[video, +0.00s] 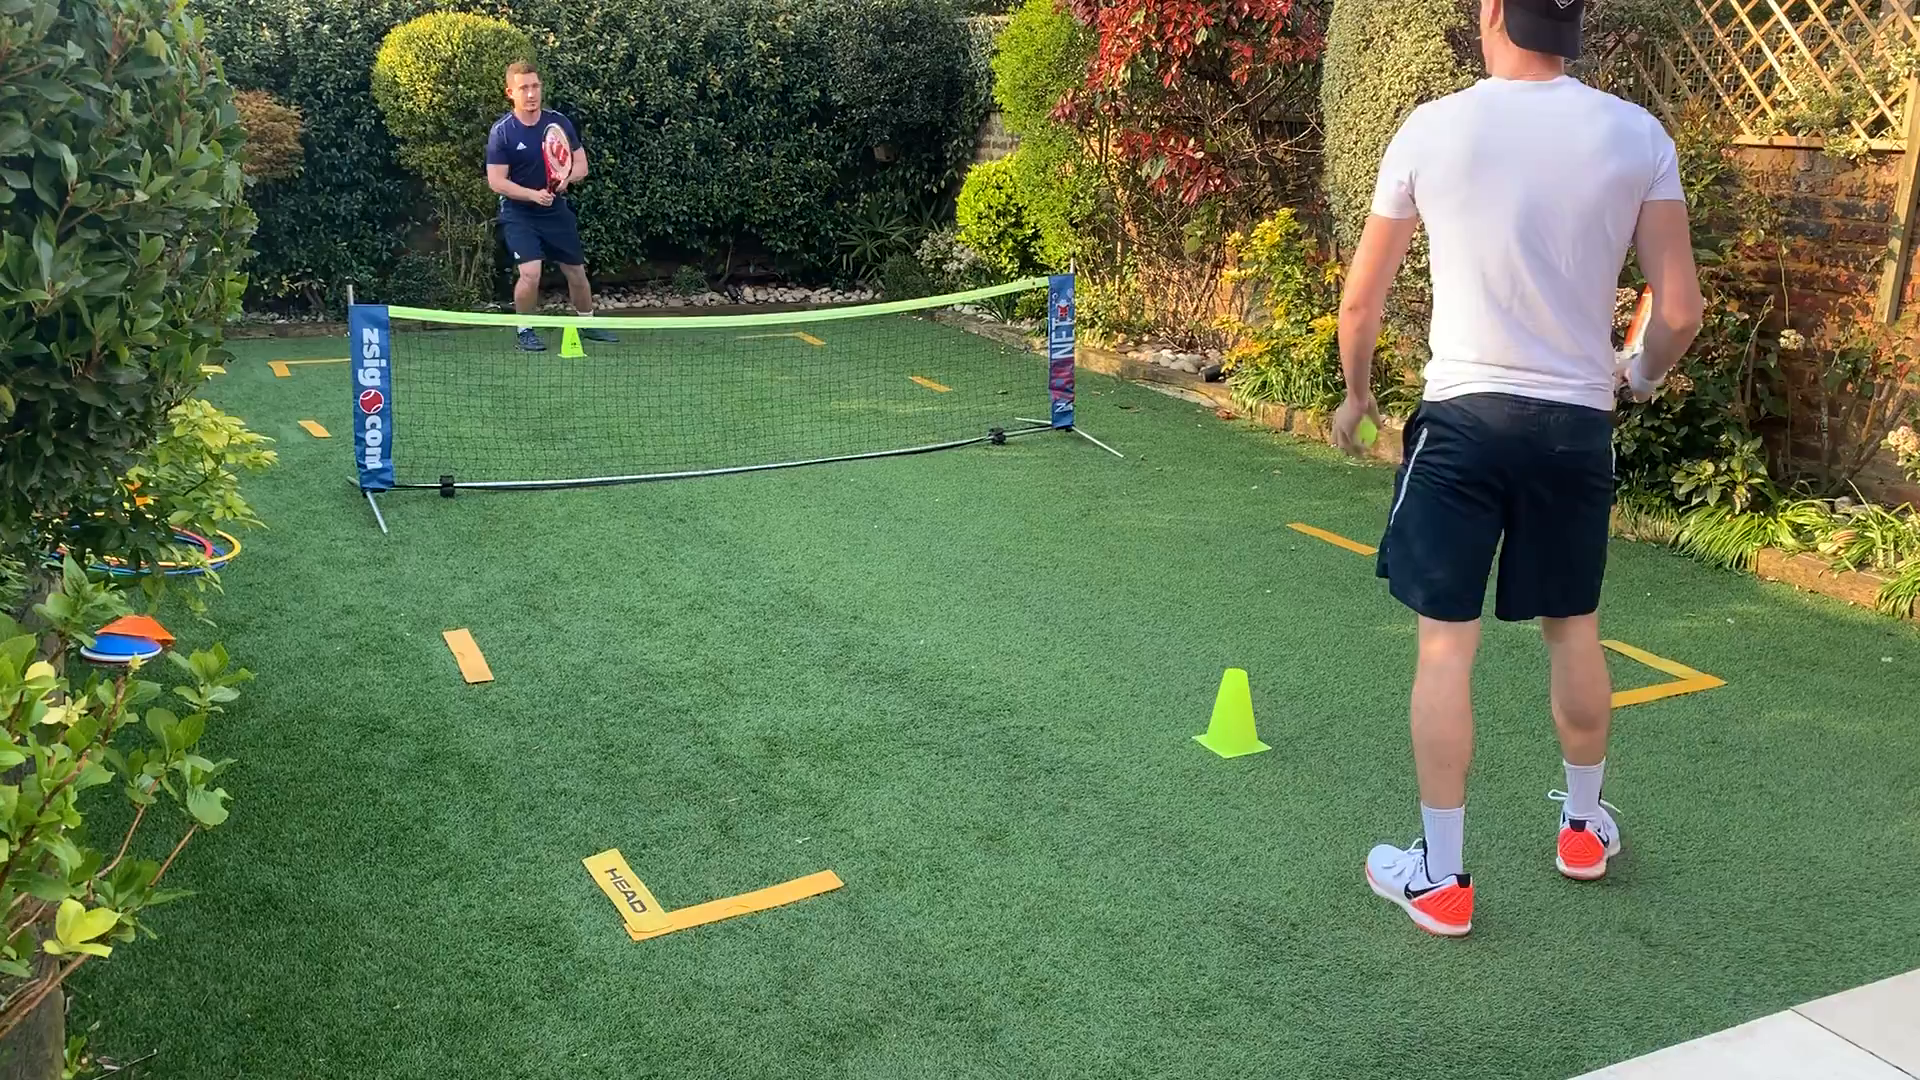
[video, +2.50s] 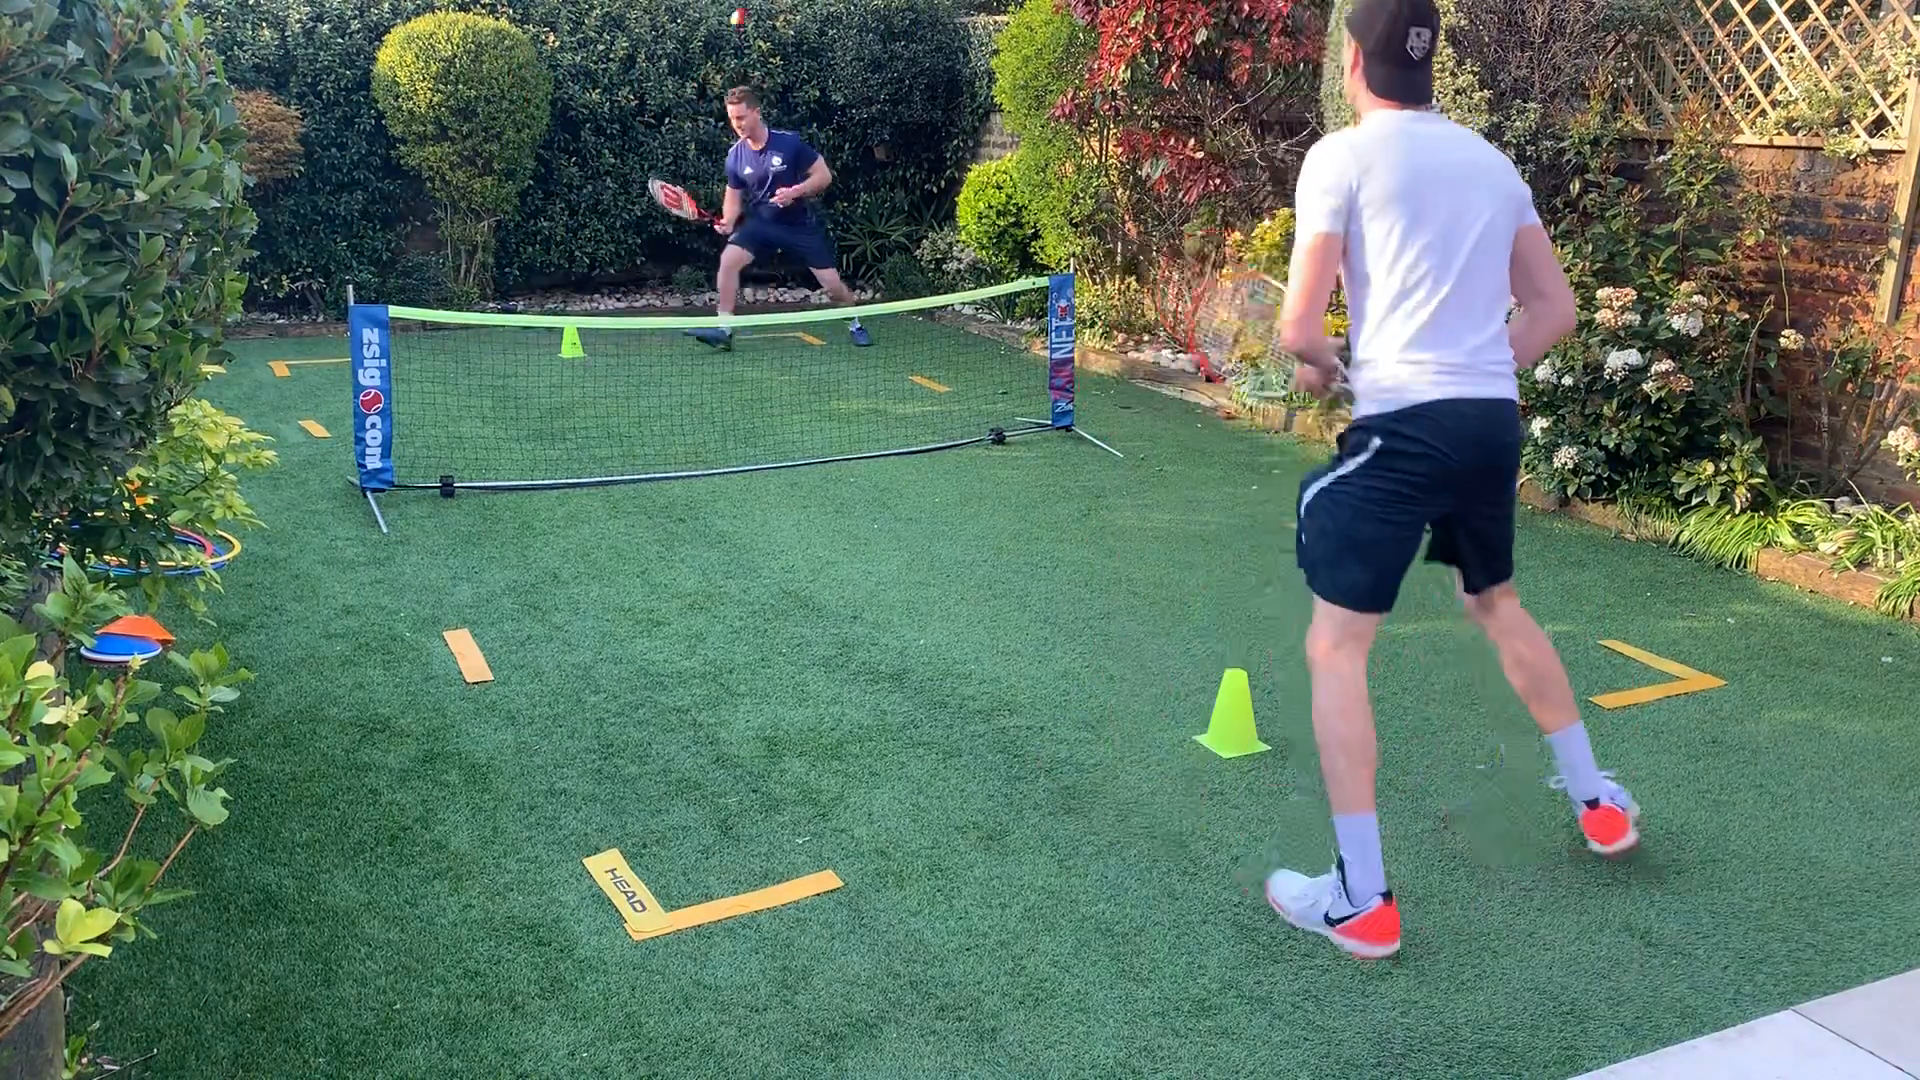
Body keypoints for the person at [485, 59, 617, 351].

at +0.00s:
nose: (532, 93)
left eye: (535, 87)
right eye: (524, 88)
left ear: (541, 89)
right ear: (510, 94)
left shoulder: (559, 122)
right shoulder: (501, 132)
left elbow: (581, 165)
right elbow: (496, 181)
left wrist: (567, 176)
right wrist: (532, 195)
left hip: (557, 208)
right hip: (519, 213)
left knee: (576, 271)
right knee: (531, 273)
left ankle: (587, 325)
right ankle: (525, 330)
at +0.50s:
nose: (548, 95)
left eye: (551, 88)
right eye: (540, 90)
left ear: (557, 91)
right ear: (526, 95)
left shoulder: (572, 128)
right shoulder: (513, 132)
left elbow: (587, 170)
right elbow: (495, 176)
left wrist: (574, 178)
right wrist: (528, 193)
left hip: (565, 211)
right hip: (524, 213)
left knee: (591, 267)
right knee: (512, 268)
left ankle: (601, 323)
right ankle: (496, 326)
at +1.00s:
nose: (562, 107)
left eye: (565, 101)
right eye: (554, 102)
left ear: (570, 104)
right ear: (540, 107)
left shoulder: (582, 139)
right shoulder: (526, 144)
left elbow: (601, 173)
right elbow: (510, 188)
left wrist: (594, 186)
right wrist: (546, 205)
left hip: (576, 213)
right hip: (534, 217)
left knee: (616, 264)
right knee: (517, 273)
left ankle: (628, 323)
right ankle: (496, 327)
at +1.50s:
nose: (653, 89)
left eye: (657, 83)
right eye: (646, 84)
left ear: (663, 84)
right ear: (635, 88)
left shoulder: (681, 120)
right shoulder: (625, 122)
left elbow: (694, 166)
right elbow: (619, 162)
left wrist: (652, 172)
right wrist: (622, 186)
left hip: (685, 198)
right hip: (647, 203)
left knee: (710, 256)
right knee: (646, 269)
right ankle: (668, 320)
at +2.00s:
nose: (715, 108)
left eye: (720, 100)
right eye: (709, 102)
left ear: (733, 95)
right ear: (704, 103)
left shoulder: (761, 121)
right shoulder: (712, 142)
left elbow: (798, 150)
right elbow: (719, 190)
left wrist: (778, 181)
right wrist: (706, 227)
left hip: (784, 204)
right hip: (750, 213)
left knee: (806, 257)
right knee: (756, 273)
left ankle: (832, 317)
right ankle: (782, 323)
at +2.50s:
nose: (736, 125)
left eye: (741, 118)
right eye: (732, 119)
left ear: (757, 112)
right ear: (729, 119)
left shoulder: (790, 143)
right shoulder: (735, 156)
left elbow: (823, 176)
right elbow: (732, 196)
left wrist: (795, 192)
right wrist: (728, 221)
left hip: (799, 224)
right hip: (759, 224)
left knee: (832, 284)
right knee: (728, 261)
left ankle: (855, 324)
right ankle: (723, 328)